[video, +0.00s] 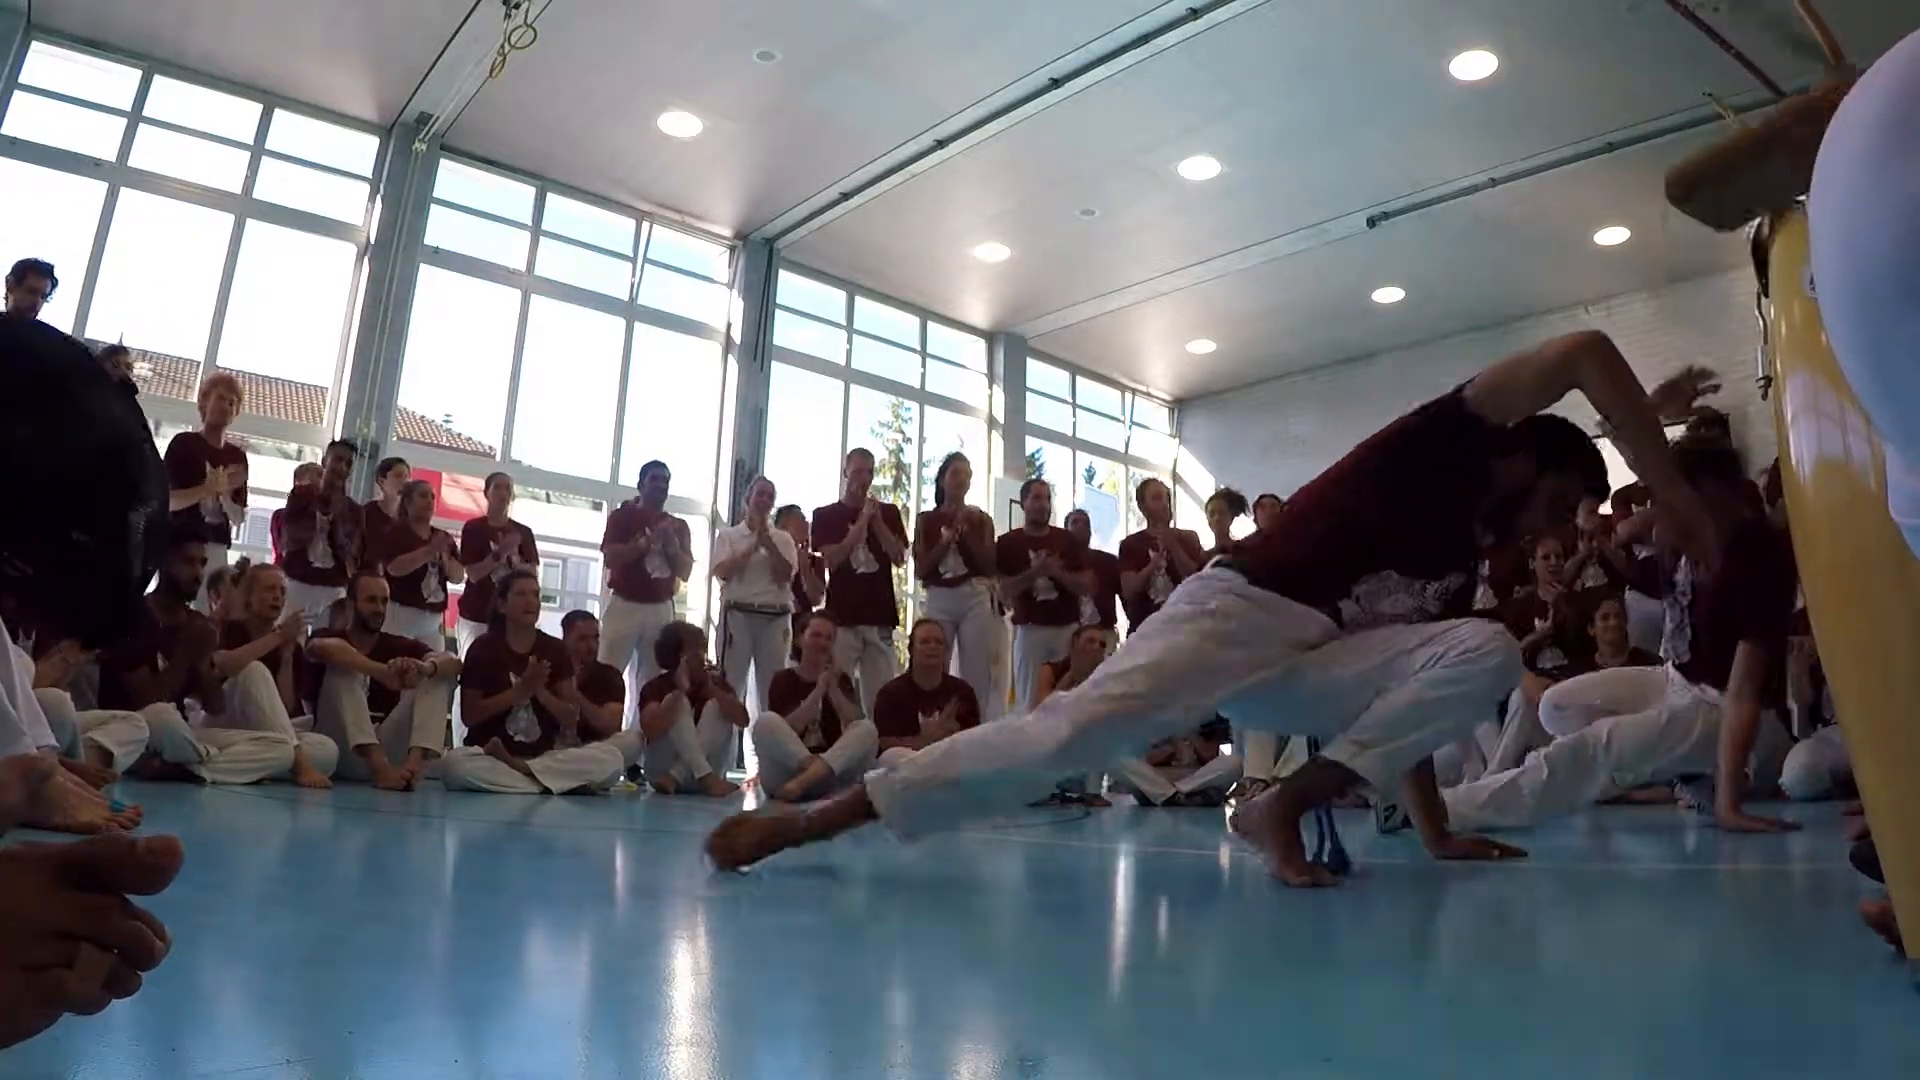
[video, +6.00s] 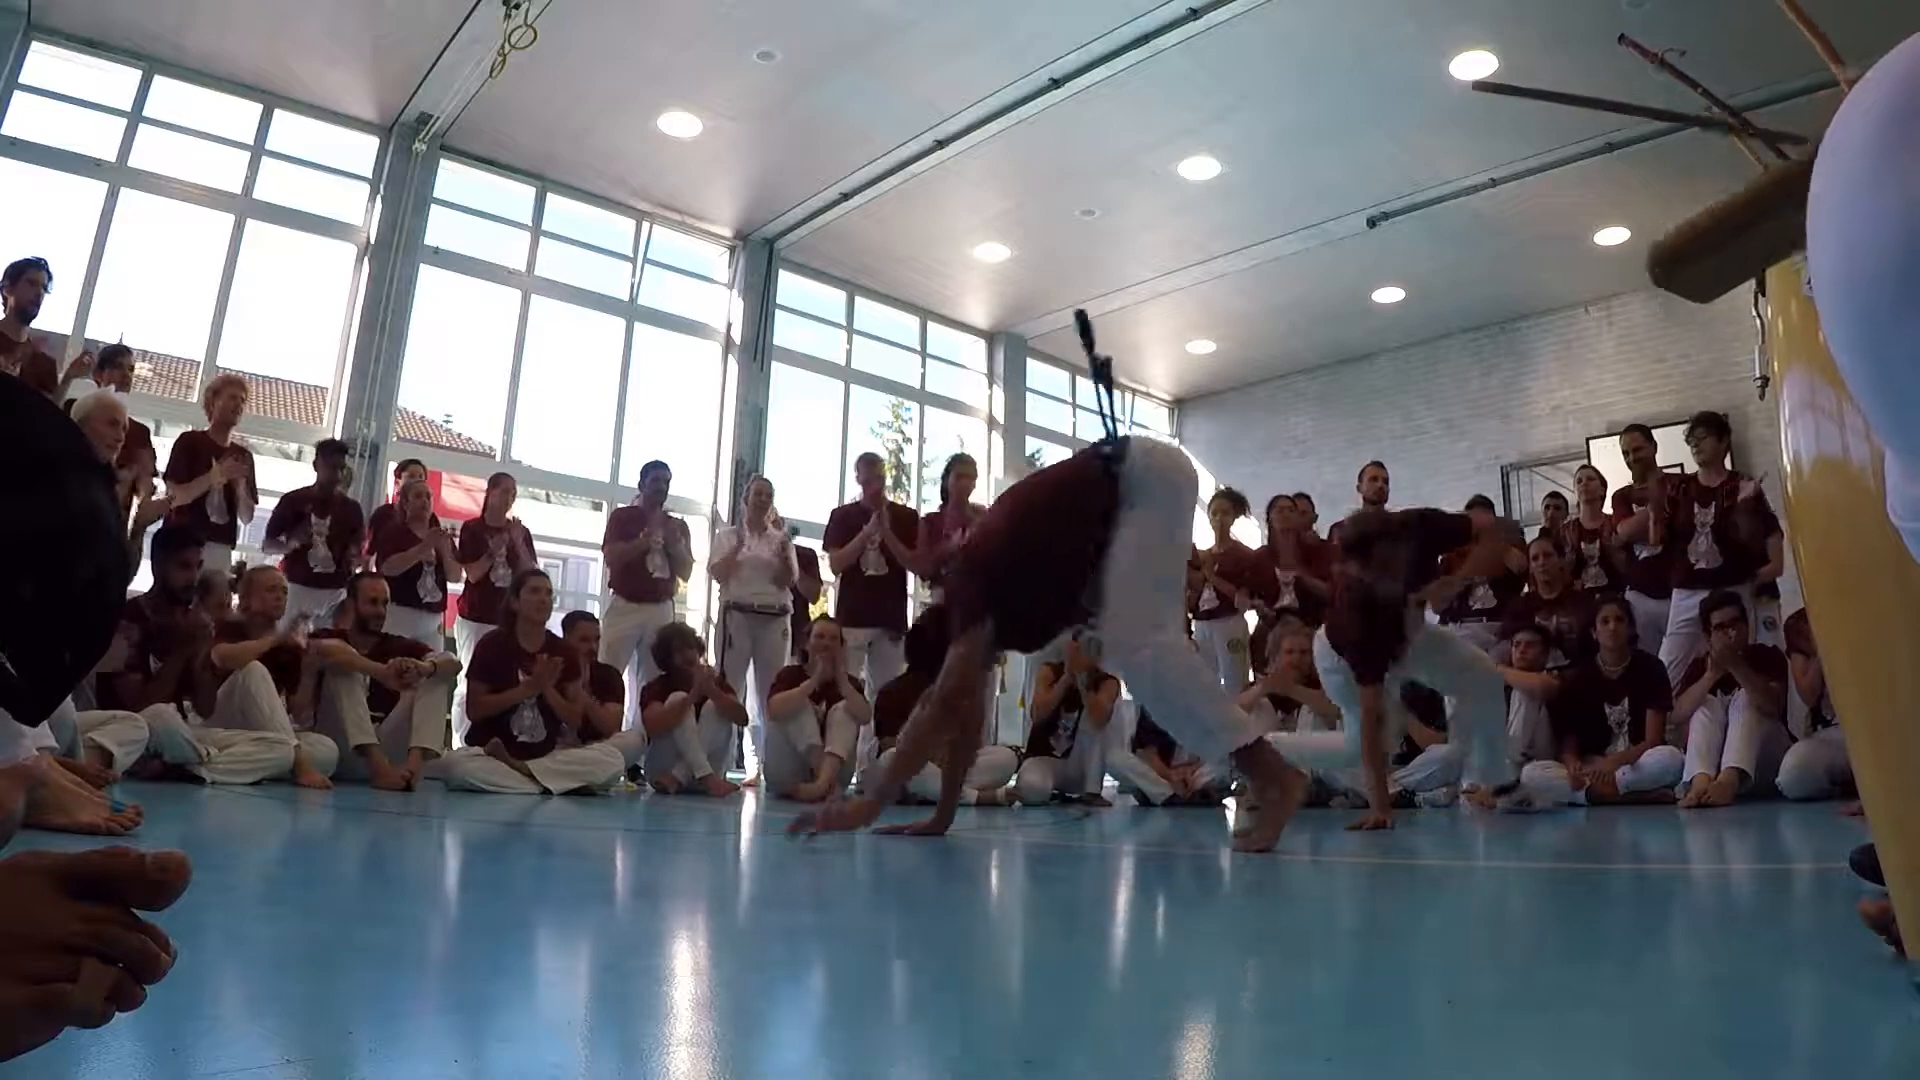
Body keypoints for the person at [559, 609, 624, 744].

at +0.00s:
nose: (591, 645)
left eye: (595, 638)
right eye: (583, 638)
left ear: (599, 638)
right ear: (565, 640)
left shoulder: (610, 676)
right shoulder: (548, 673)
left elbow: (610, 725)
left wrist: (574, 695)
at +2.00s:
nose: (593, 650)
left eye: (598, 643)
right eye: (586, 642)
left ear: (602, 644)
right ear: (567, 640)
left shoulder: (610, 675)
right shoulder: (549, 673)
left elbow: (610, 728)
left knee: (635, 738)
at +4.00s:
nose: (591, 645)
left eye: (595, 638)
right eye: (583, 638)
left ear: (599, 639)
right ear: (565, 640)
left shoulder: (609, 674)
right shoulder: (550, 674)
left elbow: (610, 728)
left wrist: (578, 690)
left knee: (634, 738)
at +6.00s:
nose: (593, 647)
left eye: (597, 640)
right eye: (584, 640)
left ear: (600, 640)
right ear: (566, 640)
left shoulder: (609, 674)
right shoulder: (551, 672)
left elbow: (611, 727)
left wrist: (584, 698)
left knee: (634, 739)